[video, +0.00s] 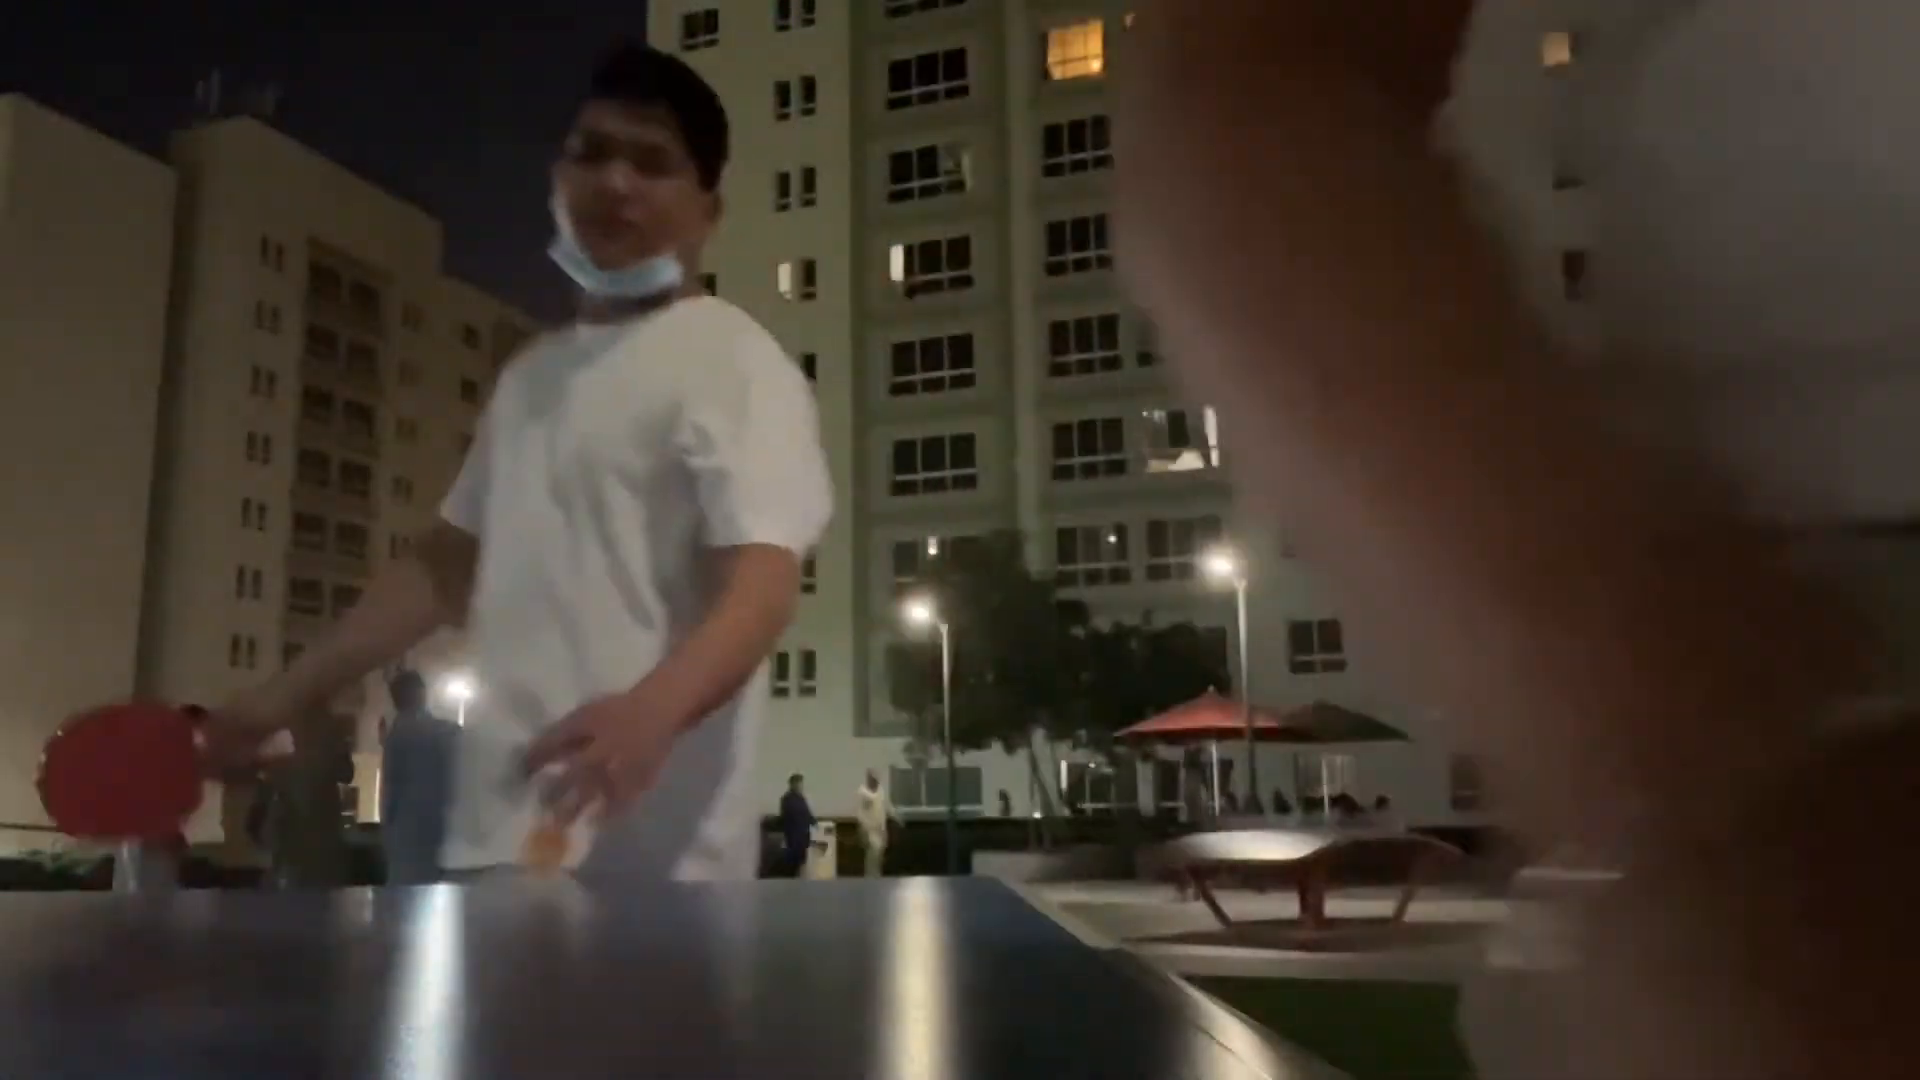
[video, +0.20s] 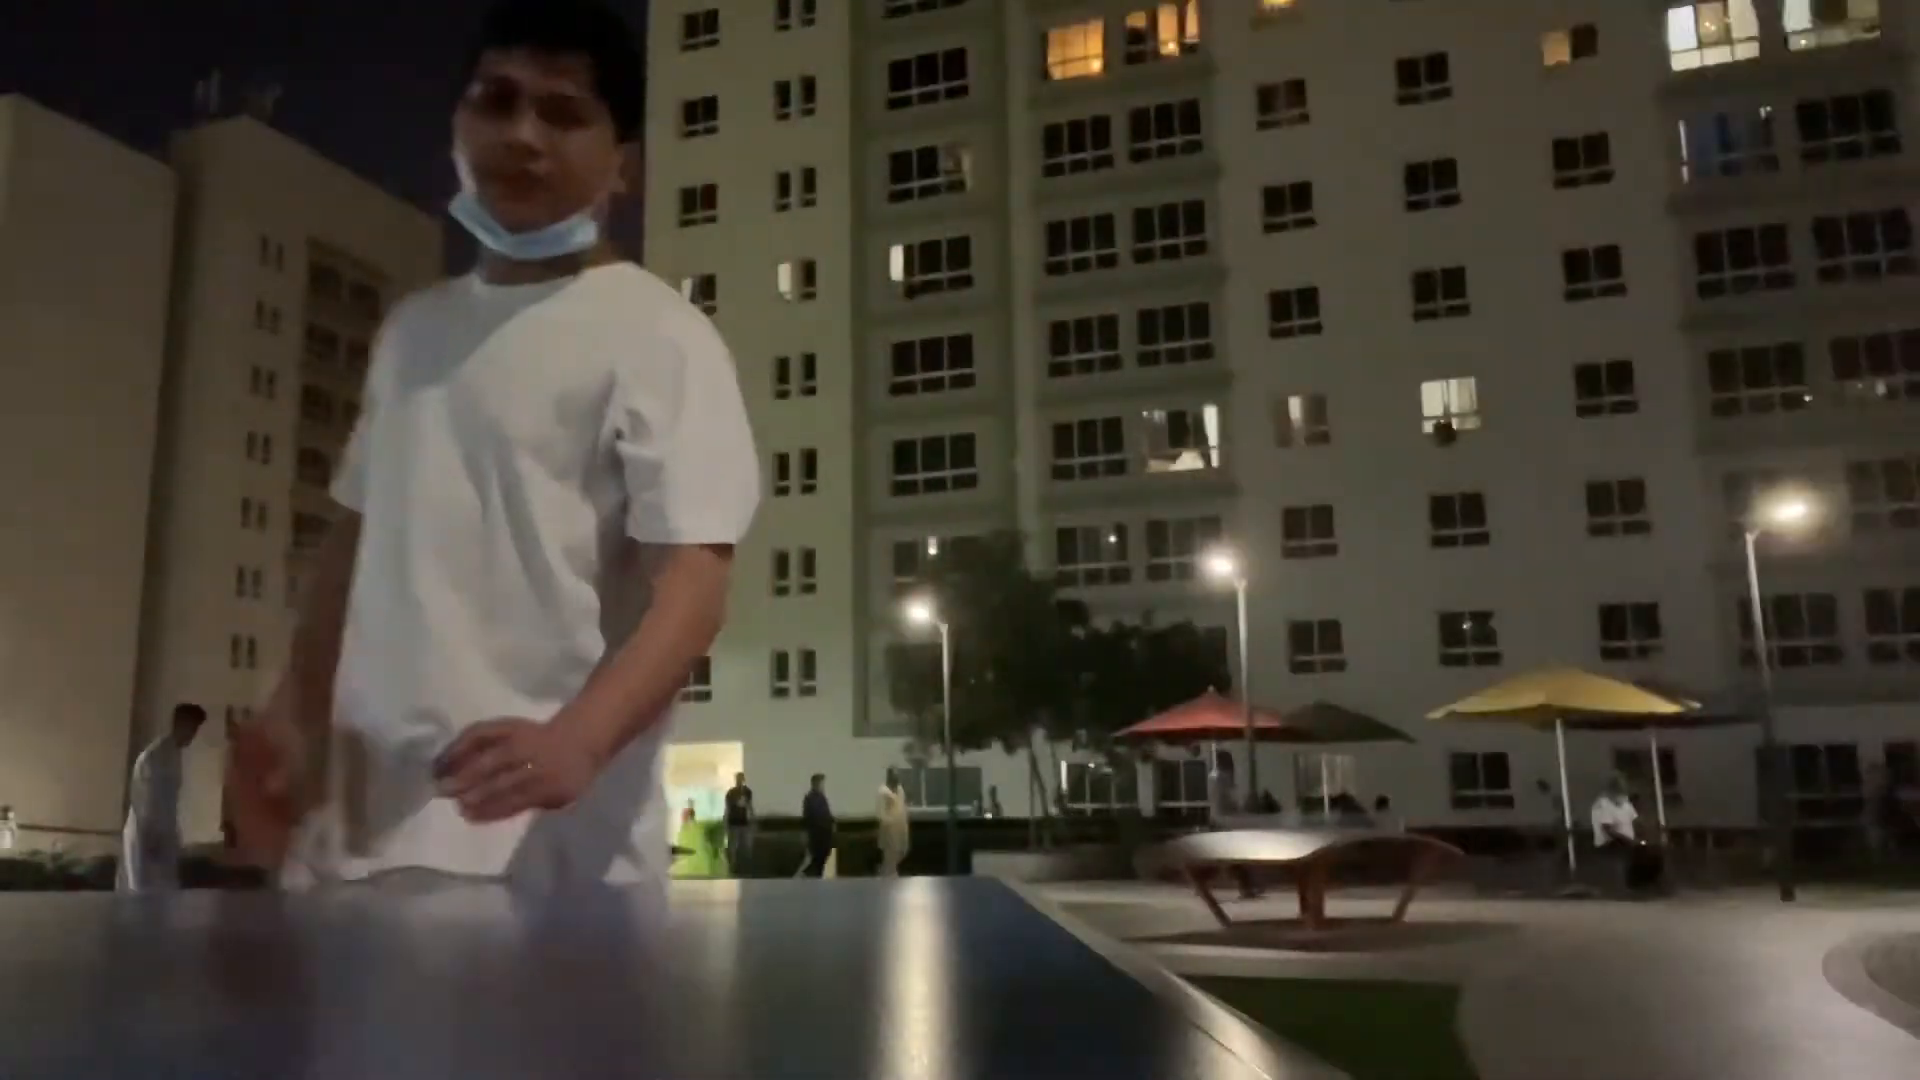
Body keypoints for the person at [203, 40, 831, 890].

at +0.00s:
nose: (612, 185)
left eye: (651, 164)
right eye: (591, 155)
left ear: (707, 205)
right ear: (556, 179)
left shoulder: (731, 361)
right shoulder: (533, 374)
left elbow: (763, 590)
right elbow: (440, 567)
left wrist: (651, 715)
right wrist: (276, 704)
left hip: (655, 855)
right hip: (498, 837)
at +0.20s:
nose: (520, 136)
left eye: (563, 114)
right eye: (496, 102)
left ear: (621, 161)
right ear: (457, 126)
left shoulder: (658, 339)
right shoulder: (412, 329)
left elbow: (692, 593)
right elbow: (353, 545)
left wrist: (578, 741)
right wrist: (292, 718)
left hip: (549, 848)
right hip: (365, 838)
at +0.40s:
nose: (473, 152)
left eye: (514, 141)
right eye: (454, 121)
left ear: (558, 200)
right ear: (405, 151)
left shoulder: (581, 366)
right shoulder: (311, 347)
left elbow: (605, 625)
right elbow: (218, 550)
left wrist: (525, 796)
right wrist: (171, 709)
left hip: (442, 852)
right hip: (243, 839)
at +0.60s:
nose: (386, 180)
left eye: (425, 168)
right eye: (364, 150)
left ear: (465, 227)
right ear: (320, 186)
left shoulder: (509, 393)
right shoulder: (221, 374)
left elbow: (545, 623)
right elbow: (140, 579)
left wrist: (455, 740)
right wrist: (87, 775)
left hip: (392, 865)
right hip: (194, 859)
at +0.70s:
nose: (388, 205)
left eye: (421, 189)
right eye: (361, 178)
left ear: (462, 242)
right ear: (318, 215)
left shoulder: (523, 409)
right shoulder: (226, 401)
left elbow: (524, 639)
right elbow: (145, 615)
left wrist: (438, 806)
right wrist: (72, 818)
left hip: (433, 865)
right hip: (232, 856)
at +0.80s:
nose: (440, 237)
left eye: (468, 219)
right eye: (412, 214)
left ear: (510, 261)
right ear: (371, 251)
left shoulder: (570, 432)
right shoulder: (282, 425)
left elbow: (592, 654)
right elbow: (195, 620)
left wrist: (593, 828)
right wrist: (134, 806)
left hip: (476, 864)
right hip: (278, 867)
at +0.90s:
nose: (498, 267)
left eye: (526, 249)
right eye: (471, 246)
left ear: (565, 291)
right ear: (433, 278)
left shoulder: (629, 456)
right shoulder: (350, 446)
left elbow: (672, 655)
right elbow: (273, 640)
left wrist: (699, 810)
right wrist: (204, 805)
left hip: (549, 861)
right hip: (359, 858)